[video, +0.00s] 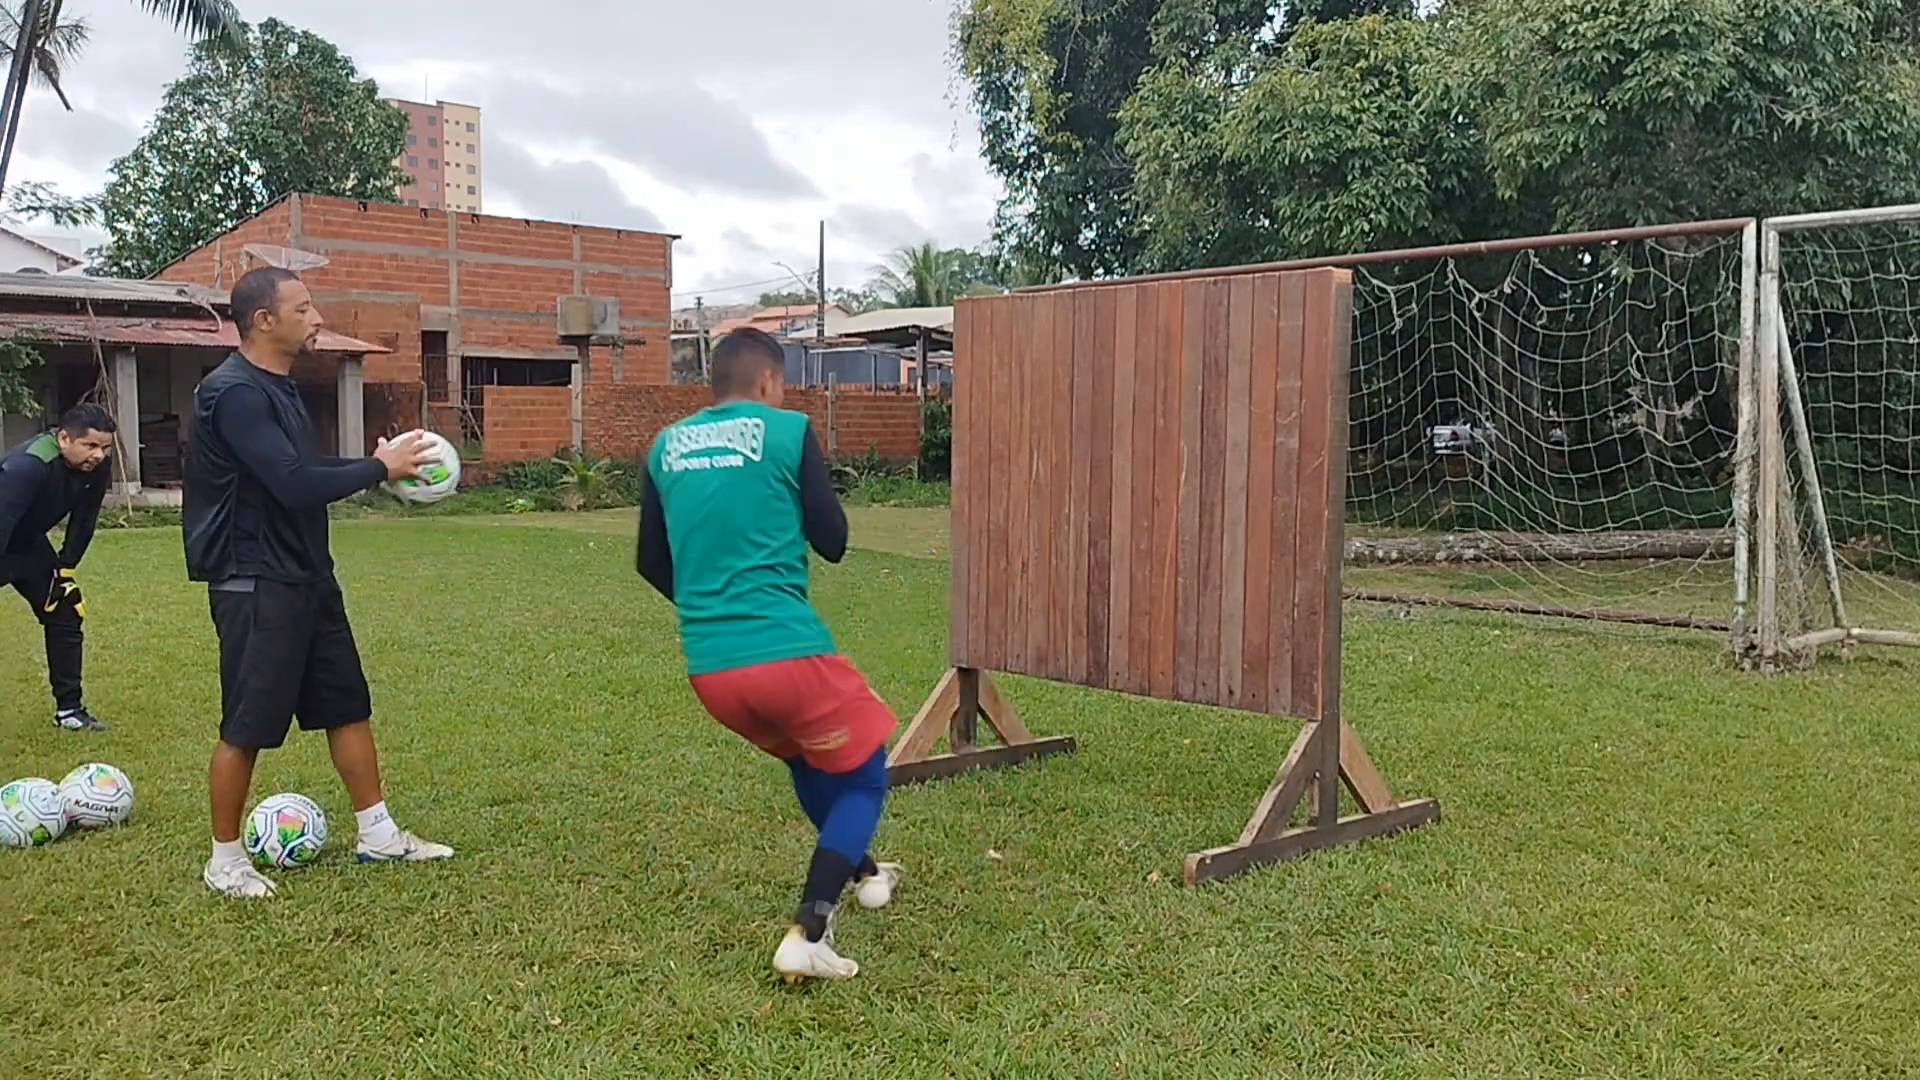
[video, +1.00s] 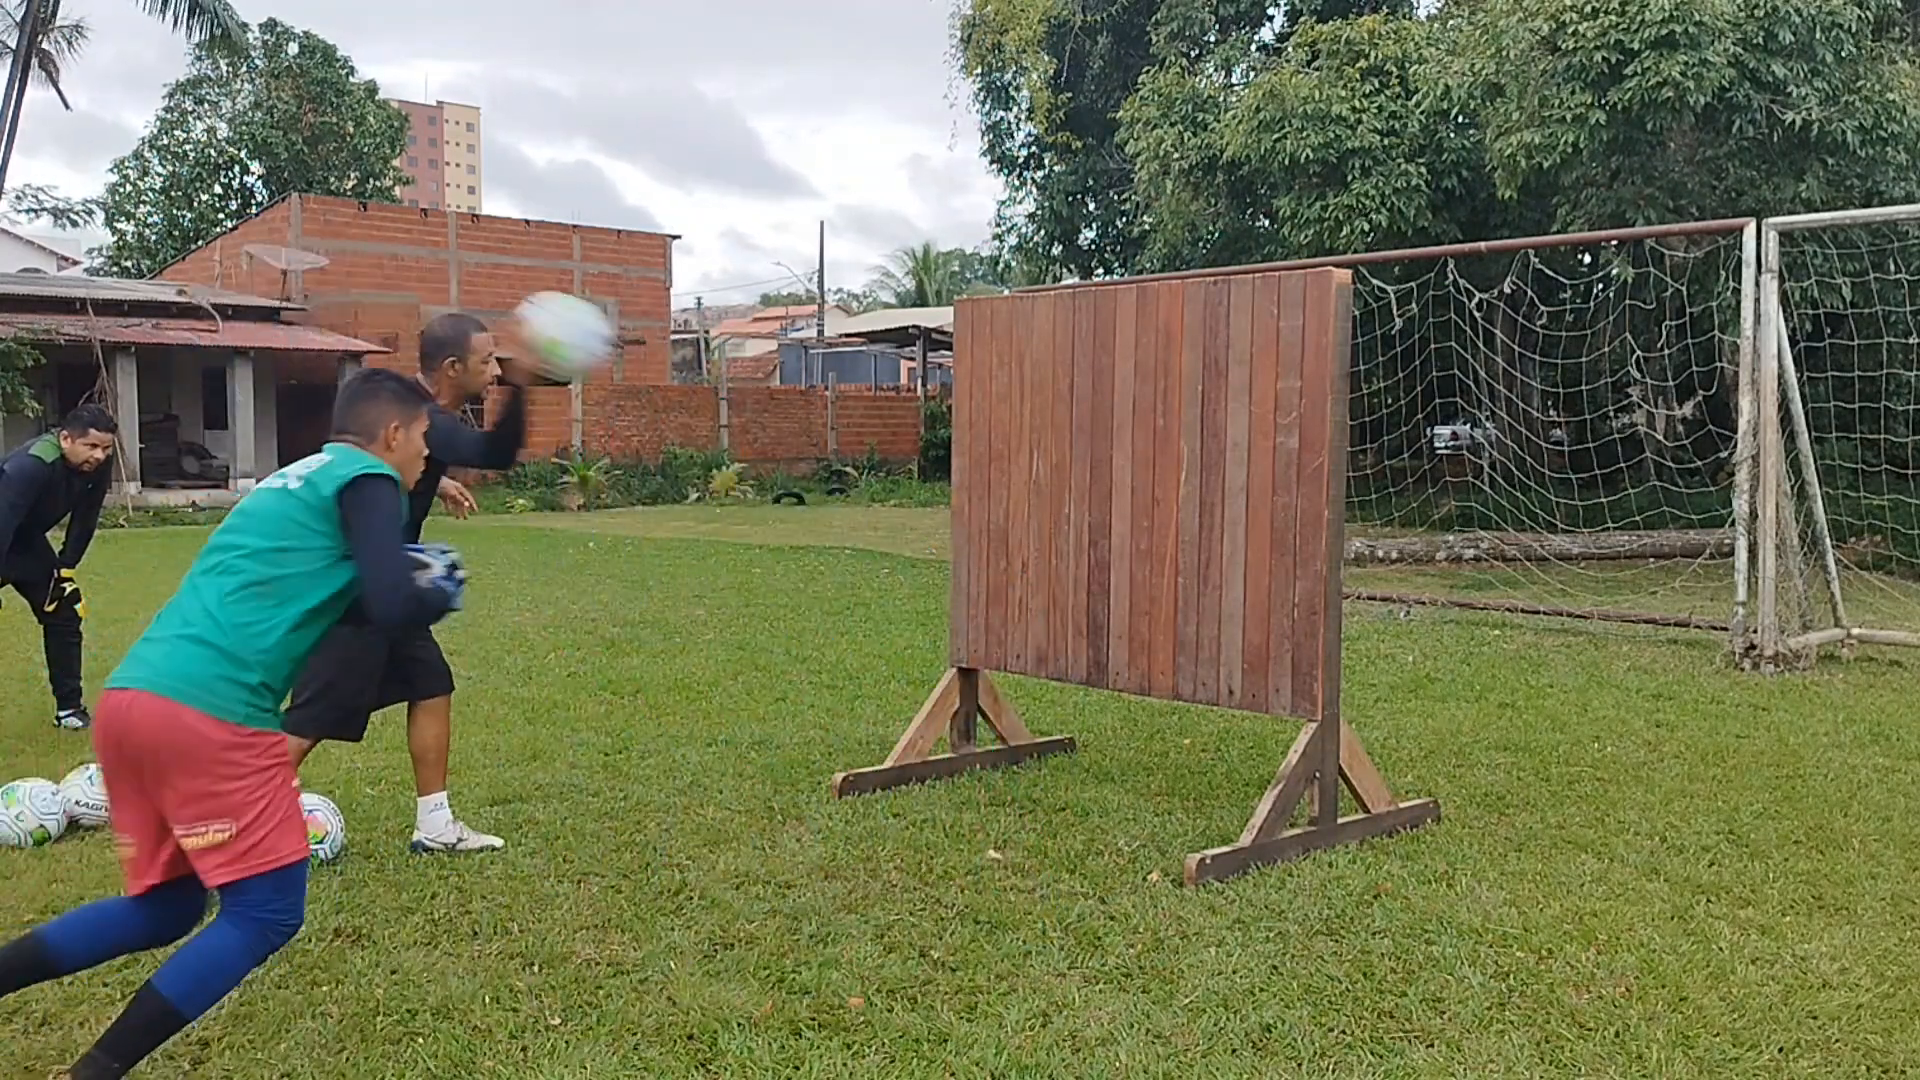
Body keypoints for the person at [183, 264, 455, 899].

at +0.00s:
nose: (317, 318)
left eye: (312, 306)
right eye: (303, 309)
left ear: (270, 321)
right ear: (264, 322)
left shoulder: (282, 389)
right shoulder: (237, 394)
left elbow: (305, 474)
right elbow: (293, 486)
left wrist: (379, 465)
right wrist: (378, 465)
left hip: (307, 579)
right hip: (254, 585)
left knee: (345, 705)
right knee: (246, 725)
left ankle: (378, 833)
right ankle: (226, 858)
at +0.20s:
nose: (315, 323)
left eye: (311, 311)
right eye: (302, 314)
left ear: (270, 324)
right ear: (262, 325)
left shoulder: (278, 391)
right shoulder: (231, 397)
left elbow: (303, 483)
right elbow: (258, 503)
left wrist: (362, 489)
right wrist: (356, 504)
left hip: (305, 580)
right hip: (252, 587)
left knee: (347, 703)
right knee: (246, 725)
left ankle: (378, 834)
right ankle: (226, 859)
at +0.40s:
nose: (326, 328)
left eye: (323, 316)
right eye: (314, 319)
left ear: (286, 326)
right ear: (275, 327)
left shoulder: (299, 393)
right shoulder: (223, 406)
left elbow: (311, 478)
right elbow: (212, 519)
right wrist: (303, 549)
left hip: (307, 574)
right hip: (248, 584)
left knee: (359, 693)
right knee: (242, 726)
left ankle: (385, 819)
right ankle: (225, 859)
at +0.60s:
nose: (358, 335)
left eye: (356, 324)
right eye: (346, 326)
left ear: (322, 334)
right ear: (305, 335)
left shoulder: (348, 390)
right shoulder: (248, 403)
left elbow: (388, 437)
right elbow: (192, 499)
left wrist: (440, 461)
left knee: (399, 687)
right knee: (246, 720)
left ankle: (415, 820)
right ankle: (224, 853)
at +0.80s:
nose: (422, 351)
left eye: (420, 339)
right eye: (413, 340)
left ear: (384, 349)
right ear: (373, 349)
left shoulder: (395, 401)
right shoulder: (311, 398)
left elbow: (415, 426)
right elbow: (228, 409)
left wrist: (478, 452)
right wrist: (210, 317)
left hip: (377, 588)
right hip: (308, 591)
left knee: (430, 689)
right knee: (268, 722)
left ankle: (432, 826)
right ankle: (224, 845)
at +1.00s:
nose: (492, 369)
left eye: (492, 358)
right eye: (484, 359)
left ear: (444, 368)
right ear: (450, 367)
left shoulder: (424, 407)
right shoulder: (426, 419)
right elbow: (498, 454)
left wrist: (435, 480)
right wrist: (519, 386)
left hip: (384, 593)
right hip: (351, 597)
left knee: (431, 686)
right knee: (311, 715)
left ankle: (435, 823)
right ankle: (241, 817)